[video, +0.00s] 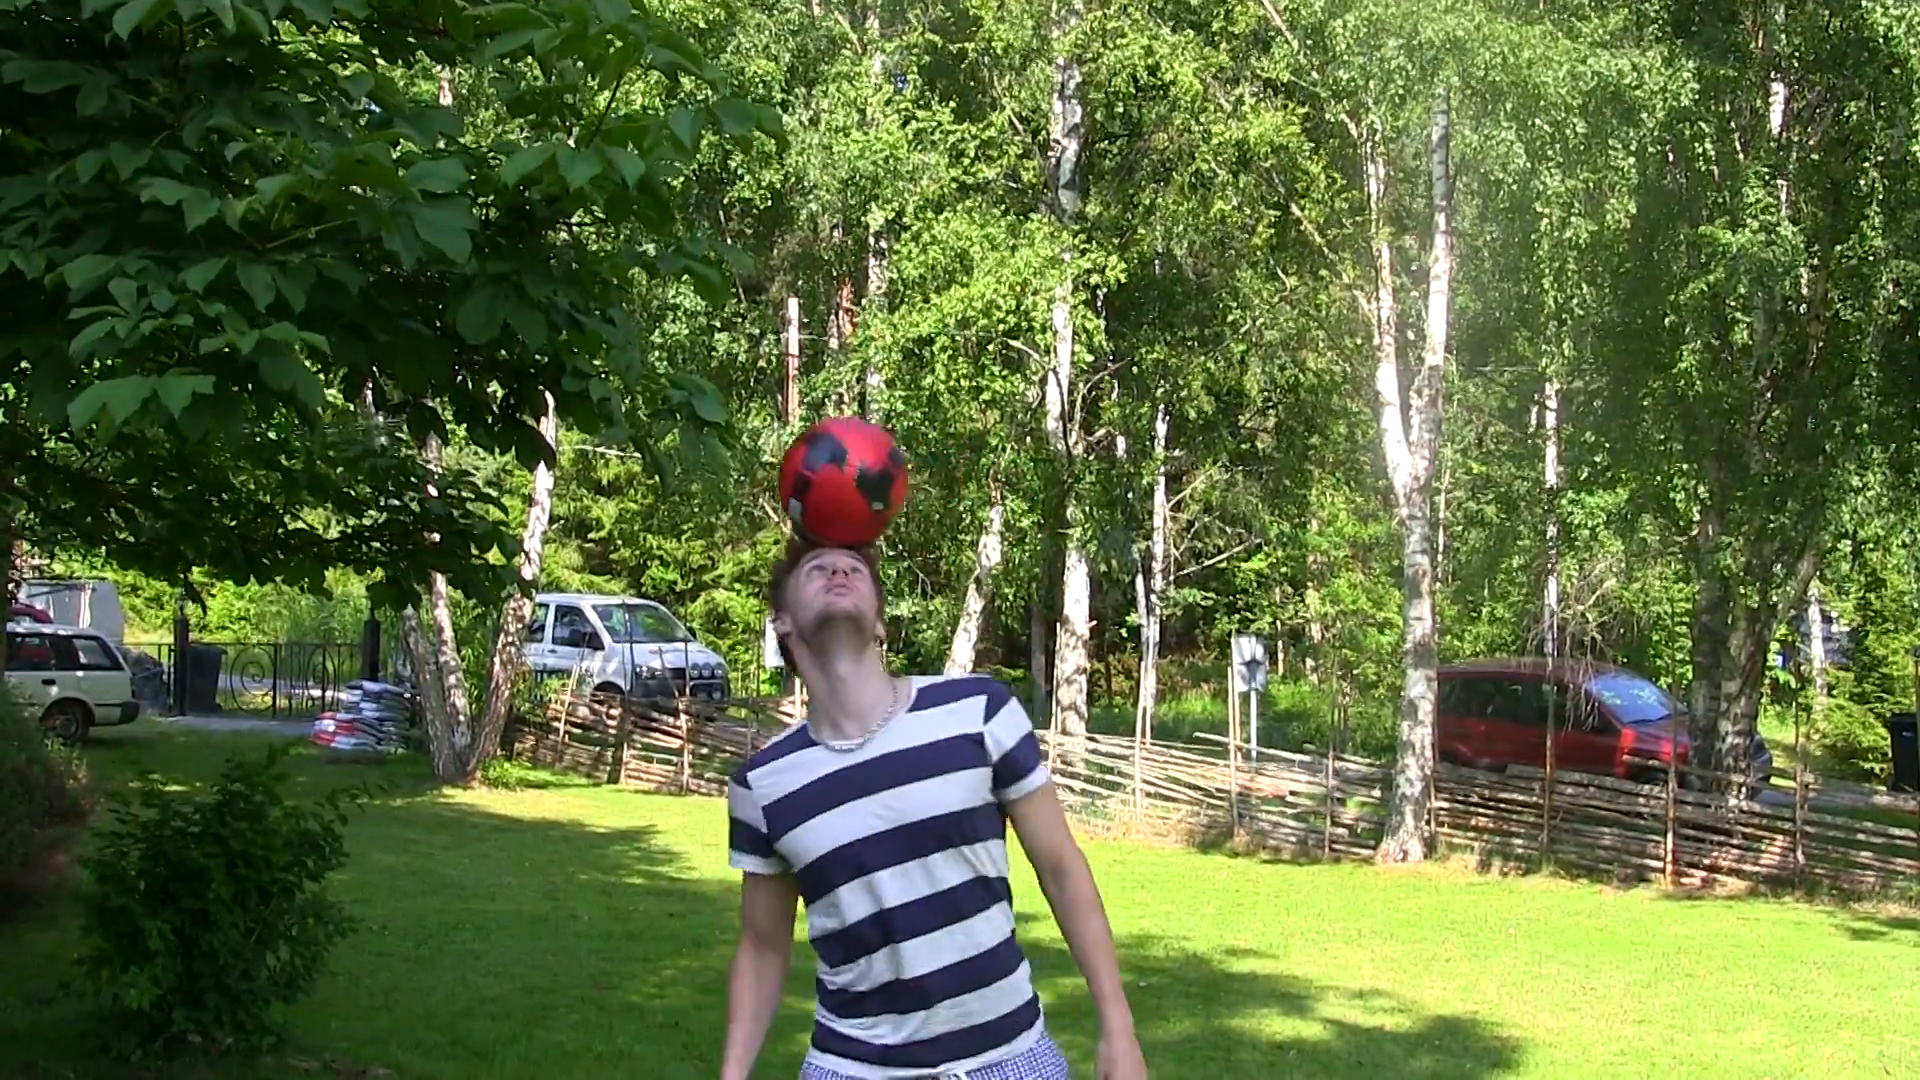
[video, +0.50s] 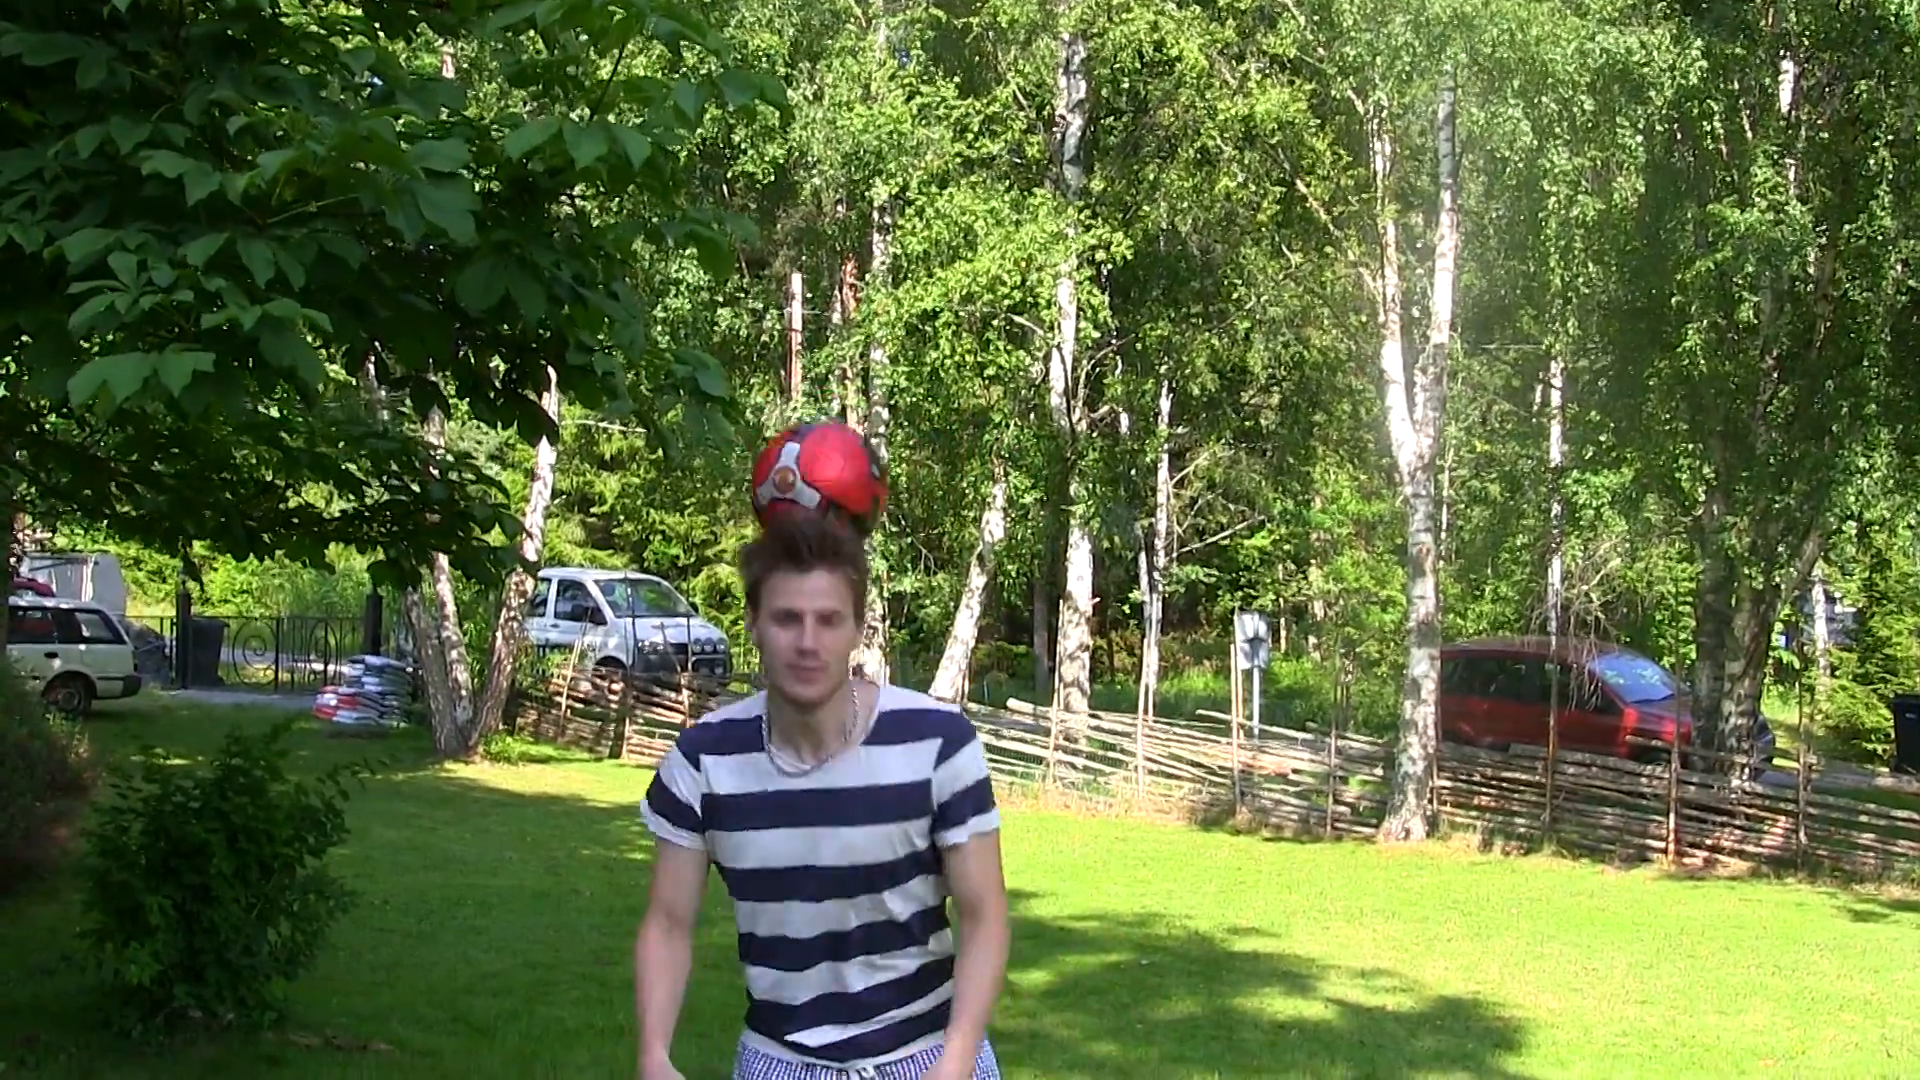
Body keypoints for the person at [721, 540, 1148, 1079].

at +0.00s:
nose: (837, 570)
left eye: (855, 569)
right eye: (815, 569)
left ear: (880, 619)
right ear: (782, 624)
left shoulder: (980, 708)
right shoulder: (762, 784)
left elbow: (1062, 868)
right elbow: (762, 944)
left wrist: (1118, 1027)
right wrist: (734, 1070)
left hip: (1007, 1053)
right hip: (853, 1063)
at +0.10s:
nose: (809, 572)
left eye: (827, 572)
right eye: (786, 569)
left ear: (850, 620)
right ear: (754, 624)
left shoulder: (945, 713)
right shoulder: (730, 790)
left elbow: (1031, 874)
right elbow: (729, 964)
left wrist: (1089, 1035)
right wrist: (711, 1071)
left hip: (981, 1053)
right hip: (829, 1063)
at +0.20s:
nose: (792, 569)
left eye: (808, 570)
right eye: (768, 567)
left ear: (829, 615)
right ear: (733, 621)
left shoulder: (921, 713)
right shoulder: (706, 790)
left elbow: (990, 883)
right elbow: (700, 962)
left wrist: (1032, 1042)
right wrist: (688, 1073)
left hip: (957, 1056)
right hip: (806, 1066)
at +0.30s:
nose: (786, 567)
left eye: (803, 564)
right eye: (761, 560)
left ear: (824, 608)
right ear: (726, 608)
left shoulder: (910, 709)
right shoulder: (692, 775)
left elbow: (966, 885)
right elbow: (684, 943)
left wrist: (961, 1041)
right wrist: (667, 1071)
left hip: (935, 1049)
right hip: (791, 1065)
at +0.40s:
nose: (792, 589)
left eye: (810, 576)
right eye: (769, 574)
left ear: (834, 603)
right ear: (733, 603)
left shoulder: (918, 718)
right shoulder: (691, 760)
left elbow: (957, 895)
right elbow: (673, 928)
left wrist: (932, 1043)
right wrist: (659, 1056)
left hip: (932, 1047)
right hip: (787, 1061)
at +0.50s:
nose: (808, 643)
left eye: (829, 620)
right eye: (787, 619)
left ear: (858, 630)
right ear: (754, 627)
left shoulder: (939, 739)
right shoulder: (704, 756)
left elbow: (984, 918)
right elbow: (669, 922)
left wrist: (958, 1059)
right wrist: (653, 1056)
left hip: (924, 1049)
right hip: (782, 1053)